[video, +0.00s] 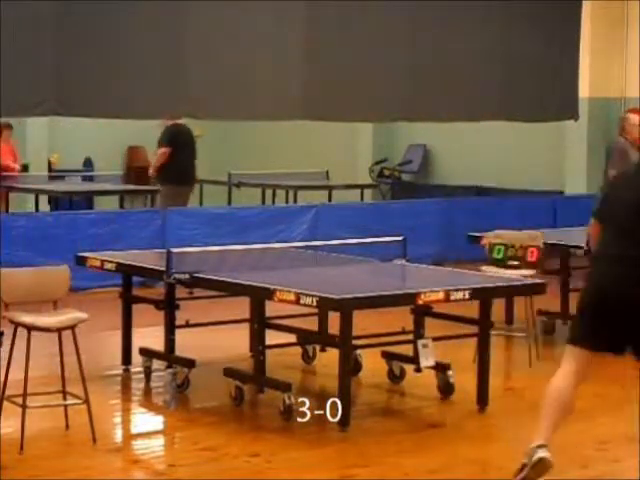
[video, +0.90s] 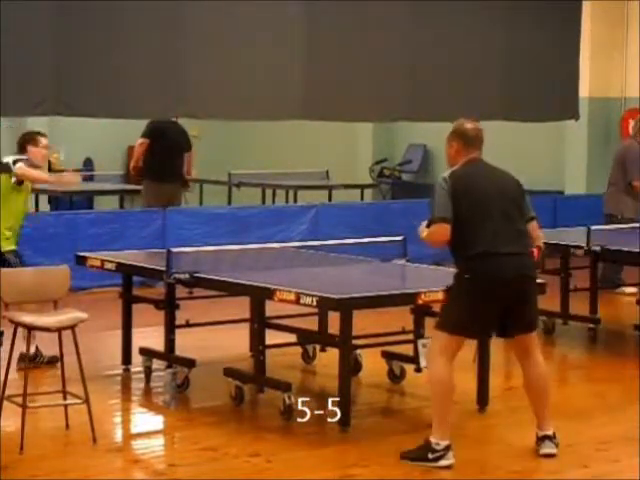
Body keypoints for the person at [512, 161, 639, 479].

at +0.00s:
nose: (630, 131)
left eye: (631, 124)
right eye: (630, 125)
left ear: (633, 140)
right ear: (632, 139)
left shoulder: (621, 183)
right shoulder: (622, 182)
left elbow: (595, 233)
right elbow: (596, 233)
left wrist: (606, 260)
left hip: (611, 281)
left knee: (571, 366)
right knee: (570, 368)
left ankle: (541, 443)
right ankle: (540, 443)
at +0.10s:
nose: (633, 128)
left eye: (632, 123)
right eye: (633, 123)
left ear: (631, 135)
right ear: (633, 134)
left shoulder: (631, 178)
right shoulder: (630, 177)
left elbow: (607, 225)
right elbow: (608, 225)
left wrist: (621, 247)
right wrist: (620, 244)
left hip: (621, 275)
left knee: (595, 359)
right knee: (594, 361)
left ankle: (565, 442)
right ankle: (564, 441)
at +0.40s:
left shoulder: (637, 172)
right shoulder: (635, 173)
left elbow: (619, 217)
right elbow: (620, 216)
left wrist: (631, 244)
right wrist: (631, 244)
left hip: (634, 267)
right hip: (633, 268)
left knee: (630, 356)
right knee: (629, 357)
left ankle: (616, 446)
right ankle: (615, 445)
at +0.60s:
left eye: (639, 126)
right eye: (639, 126)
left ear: (632, 127)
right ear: (633, 127)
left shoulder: (624, 145)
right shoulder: (630, 147)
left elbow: (628, 178)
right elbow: (634, 179)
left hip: (614, 202)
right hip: (622, 204)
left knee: (613, 243)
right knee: (618, 244)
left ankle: (609, 275)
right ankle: (613, 278)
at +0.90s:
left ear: (634, 130)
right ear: (638, 131)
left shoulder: (627, 147)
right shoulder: (632, 148)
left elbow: (629, 181)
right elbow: (634, 182)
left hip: (615, 205)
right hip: (623, 207)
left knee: (615, 245)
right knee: (618, 246)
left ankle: (611, 277)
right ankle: (612, 278)